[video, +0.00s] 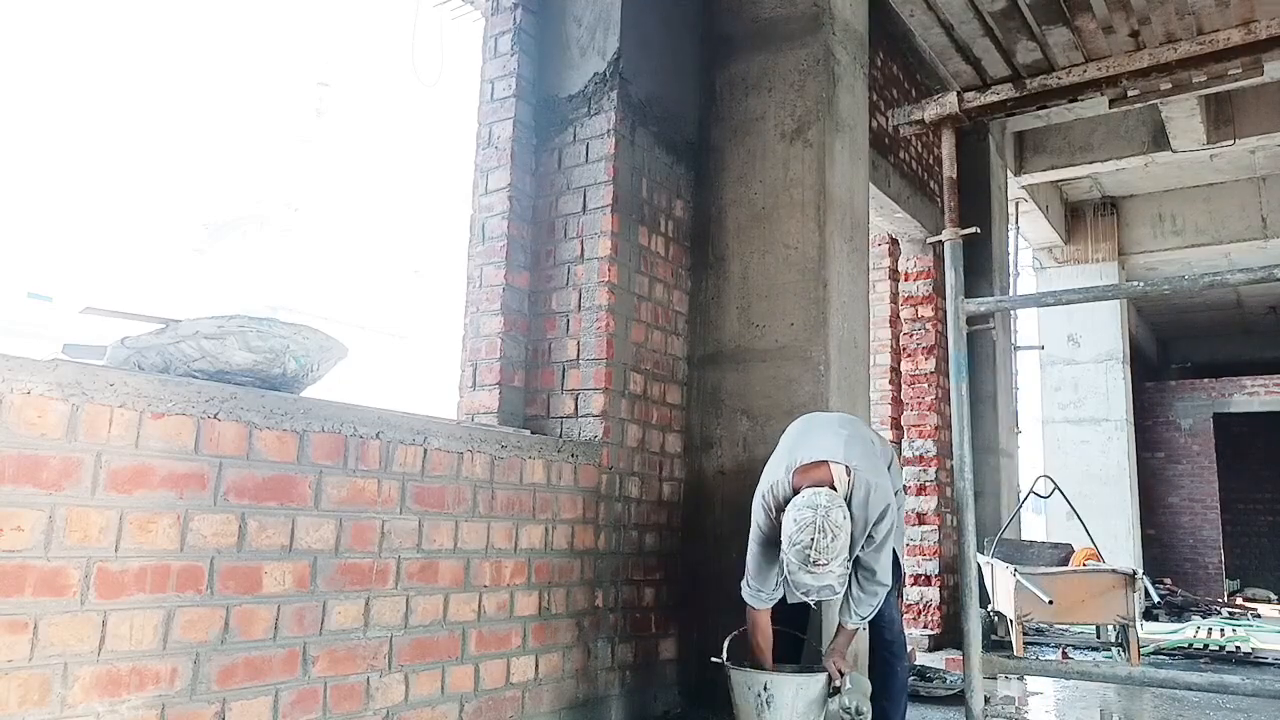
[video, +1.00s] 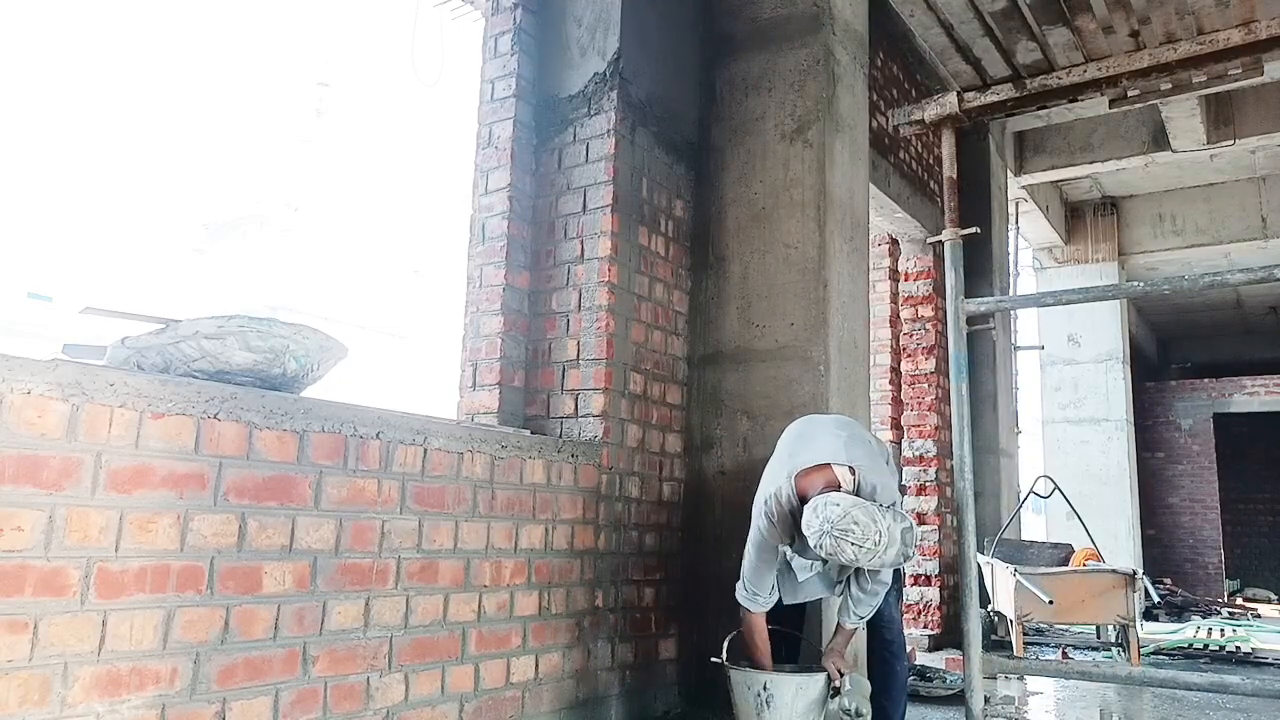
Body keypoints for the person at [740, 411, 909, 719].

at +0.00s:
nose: (812, 598)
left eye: (826, 581)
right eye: (802, 585)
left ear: (848, 529)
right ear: (782, 531)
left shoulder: (876, 498)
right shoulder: (768, 500)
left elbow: (872, 581)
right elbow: (758, 598)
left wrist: (838, 649)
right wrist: (766, 685)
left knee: (885, 618)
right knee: (787, 607)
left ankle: (889, 713)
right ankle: (777, 703)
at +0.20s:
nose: (807, 597)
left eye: (819, 586)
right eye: (797, 585)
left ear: (838, 525)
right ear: (776, 528)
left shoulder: (868, 497)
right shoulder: (762, 502)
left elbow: (868, 582)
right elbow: (762, 601)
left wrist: (837, 650)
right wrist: (770, 686)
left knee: (882, 617)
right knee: (788, 609)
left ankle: (888, 713)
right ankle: (778, 704)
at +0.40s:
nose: (808, 600)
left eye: (818, 590)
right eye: (798, 590)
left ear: (840, 531)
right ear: (777, 535)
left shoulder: (871, 498)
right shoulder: (763, 504)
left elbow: (871, 582)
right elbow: (760, 599)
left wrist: (838, 648)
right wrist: (767, 686)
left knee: (885, 617)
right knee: (787, 609)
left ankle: (889, 713)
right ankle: (777, 704)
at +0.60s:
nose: (807, 603)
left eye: (818, 594)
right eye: (797, 593)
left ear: (841, 533)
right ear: (775, 536)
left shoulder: (871, 499)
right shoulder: (763, 500)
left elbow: (871, 582)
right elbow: (745, 596)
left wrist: (837, 650)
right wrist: (756, 684)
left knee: (885, 618)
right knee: (780, 606)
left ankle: (889, 713)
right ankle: (772, 704)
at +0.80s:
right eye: (856, 563)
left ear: (859, 514)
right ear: (808, 545)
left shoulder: (879, 491)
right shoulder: (769, 508)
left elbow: (873, 578)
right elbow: (767, 604)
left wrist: (838, 648)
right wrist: (772, 688)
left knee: (885, 620)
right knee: (789, 613)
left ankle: (888, 713)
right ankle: (780, 707)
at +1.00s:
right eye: (858, 561)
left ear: (873, 513)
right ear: (818, 538)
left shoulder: (883, 489)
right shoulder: (773, 503)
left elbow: (873, 581)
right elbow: (752, 605)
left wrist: (837, 649)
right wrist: (767, 691)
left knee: (886, 619)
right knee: (784, 610)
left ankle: (889, 713)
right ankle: (776, 707)